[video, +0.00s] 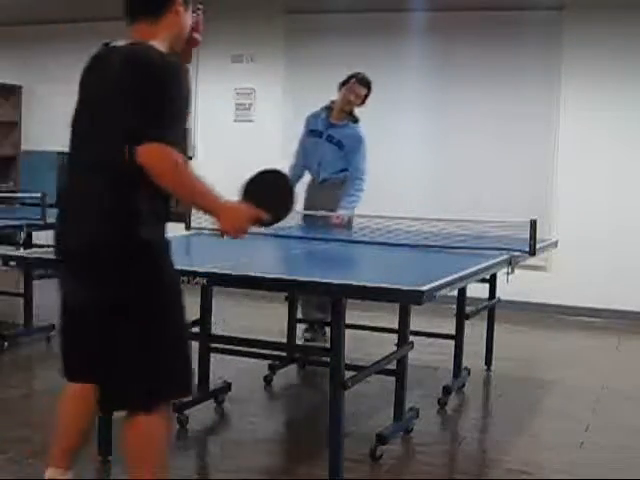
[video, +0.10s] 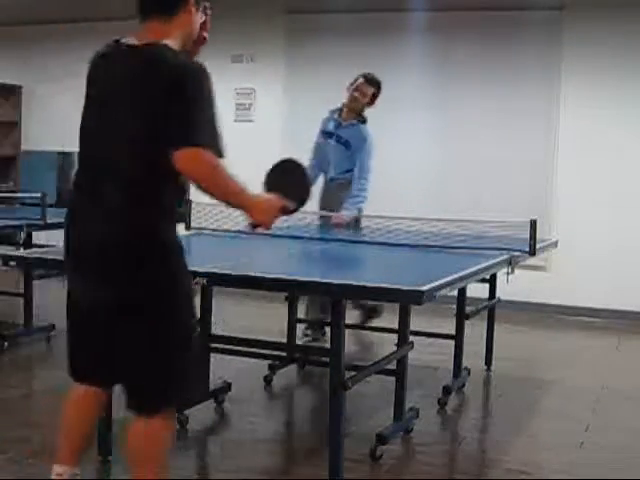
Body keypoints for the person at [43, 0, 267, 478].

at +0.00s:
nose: (194, 22)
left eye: (195, 14)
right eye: (193, 11)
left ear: (136, 13)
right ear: (177, 10)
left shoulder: (101, 62)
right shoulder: (159, 67)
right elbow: (156, 154)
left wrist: (181, 54)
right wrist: (221, 208)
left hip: (81, 241)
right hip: (131, 246)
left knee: (85, 372)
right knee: (152, 389)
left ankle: (56, 471)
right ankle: (146, 475)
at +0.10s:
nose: (201, 25)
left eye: (204, 17)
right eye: (202, 14)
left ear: (145, 12)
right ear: (191, 10)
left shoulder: (105, 61)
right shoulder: (182, 72)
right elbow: (190, 157)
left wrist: (186, 53)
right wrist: (251, 202)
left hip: (87, 237)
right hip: (144, 243)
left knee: (91, 373)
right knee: (156, 393)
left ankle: (62, 471)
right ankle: (146, 474)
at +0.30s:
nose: (208, 16)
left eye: (208, 11)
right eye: (209, 10)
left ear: (154, 9)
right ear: (202, 9)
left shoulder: (108, 61)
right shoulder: (206, 78)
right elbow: (243, 163)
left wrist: (190, 46)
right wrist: (292, 174)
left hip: (98, 242)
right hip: (163, 248)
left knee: (92, 369)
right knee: (160, 391)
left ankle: (62, 469)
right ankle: (151, 475)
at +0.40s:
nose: (209, 18)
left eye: (208, 13)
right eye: (211, 12)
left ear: (155, 11)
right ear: (205, 11)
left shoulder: (103, 56)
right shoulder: (210, 77)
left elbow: (63, 42)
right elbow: (283, 130)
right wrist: (309, 108)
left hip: (97, 248)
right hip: (164, 254)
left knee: (86, 367)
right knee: (159, 394)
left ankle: (50, 463)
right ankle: (150, 474)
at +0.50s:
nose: (205, 13)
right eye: (204, 8)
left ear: (142, 12)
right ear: (200, 12)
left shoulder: (105, 46)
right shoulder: (212, 65)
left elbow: (66, 1)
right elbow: (294, 62)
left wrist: (122, 11)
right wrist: (312, 38)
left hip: (89, 246)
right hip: (155, 254)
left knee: (72, 359)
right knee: (161, 389)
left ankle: (32, 458)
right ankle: (150, 474)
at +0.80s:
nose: (165, 59)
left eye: (164, 51)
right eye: (166, 51)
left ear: (111, 51)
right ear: (158, 54)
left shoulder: (78, 93)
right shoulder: (165, 103)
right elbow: (246, 98)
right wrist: (266, 54)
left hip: (36, 262)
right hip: (99, 272)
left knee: (40, 354)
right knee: (165, 387)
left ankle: (1, 442)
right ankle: (147, 473)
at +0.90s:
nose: (151, 100)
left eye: (151, 92)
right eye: (151, 92)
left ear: (97, 91)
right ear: (141, 94)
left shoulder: (58, 135)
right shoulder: (144, 146)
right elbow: (222, 167)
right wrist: (231, 127)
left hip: (21, 292)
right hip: (86, 302)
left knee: (30, 364)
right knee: (167, 389)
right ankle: (150, 475)